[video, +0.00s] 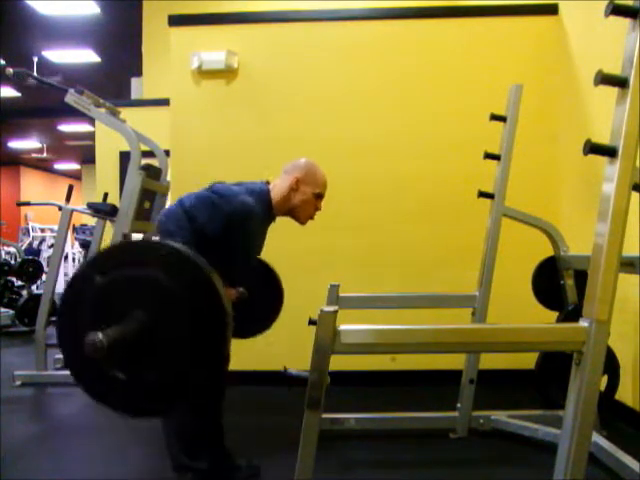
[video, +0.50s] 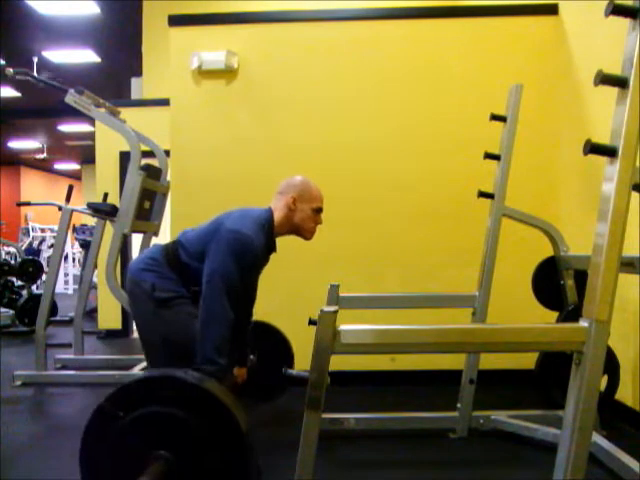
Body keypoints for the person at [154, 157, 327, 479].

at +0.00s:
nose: (319, 208)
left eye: (321, 200)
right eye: (317, 197)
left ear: (294, 187)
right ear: (295, 185)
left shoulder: (257, 215)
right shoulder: (243, 208)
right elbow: (172, 226)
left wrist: (230, 289)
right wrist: (213, 285)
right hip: (174, 298)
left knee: (205, 380)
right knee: (192, 381)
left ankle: (208, 461)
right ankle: (196, 463)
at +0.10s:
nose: (315, 208)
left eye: (317, 200)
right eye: (313, 197)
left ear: (289, 186)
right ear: (291, 186)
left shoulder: (254, 216)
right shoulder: (235, 208)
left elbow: (225, 274)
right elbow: (180, 257)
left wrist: (231, 302)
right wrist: (218, 307)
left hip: (174, 289)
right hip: (154, 287)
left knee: (198, 373)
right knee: (192, 374)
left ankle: (202, 458)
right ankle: (201, 461)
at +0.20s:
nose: (312, 210)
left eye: (314, 202)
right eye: (310, 200)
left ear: (286, 190)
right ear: (287, 189)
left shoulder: (252, 221)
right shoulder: (231, 211)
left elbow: (224, 278)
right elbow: (185, 274)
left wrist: (231, 322)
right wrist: (210, 330)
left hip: (178, 286)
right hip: (153, 283)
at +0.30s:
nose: (313, 212)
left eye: (315, 204)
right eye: (310, 202)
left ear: (286, 193)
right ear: (286, 192)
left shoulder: (253, 227)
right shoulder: (232, 218)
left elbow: (231, 292)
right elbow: (195, 291)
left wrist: (234, 338)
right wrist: (211, 346)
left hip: (173, 283)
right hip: (150, 280)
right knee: (159, 364)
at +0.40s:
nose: (316, 217)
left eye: (317, 208)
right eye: (313, 207)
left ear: (288, 200)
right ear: (288, 199)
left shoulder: (255, 232)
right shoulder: (238, 227)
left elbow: (236, 299)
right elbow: (208, 299)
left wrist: (234, 350)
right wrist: (215, 362)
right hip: (151, 283)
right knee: (172, 368)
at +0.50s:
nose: (320, 220)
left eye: (321, 213)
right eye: (316, 212)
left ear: (292, 204)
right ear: (292, 204)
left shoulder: (258, 237)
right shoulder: (243, 233)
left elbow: (242, 306)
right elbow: (217, 304)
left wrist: (238, 360)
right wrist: (215, 372)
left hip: (172, 283)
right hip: (153, 279)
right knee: (178, 369)